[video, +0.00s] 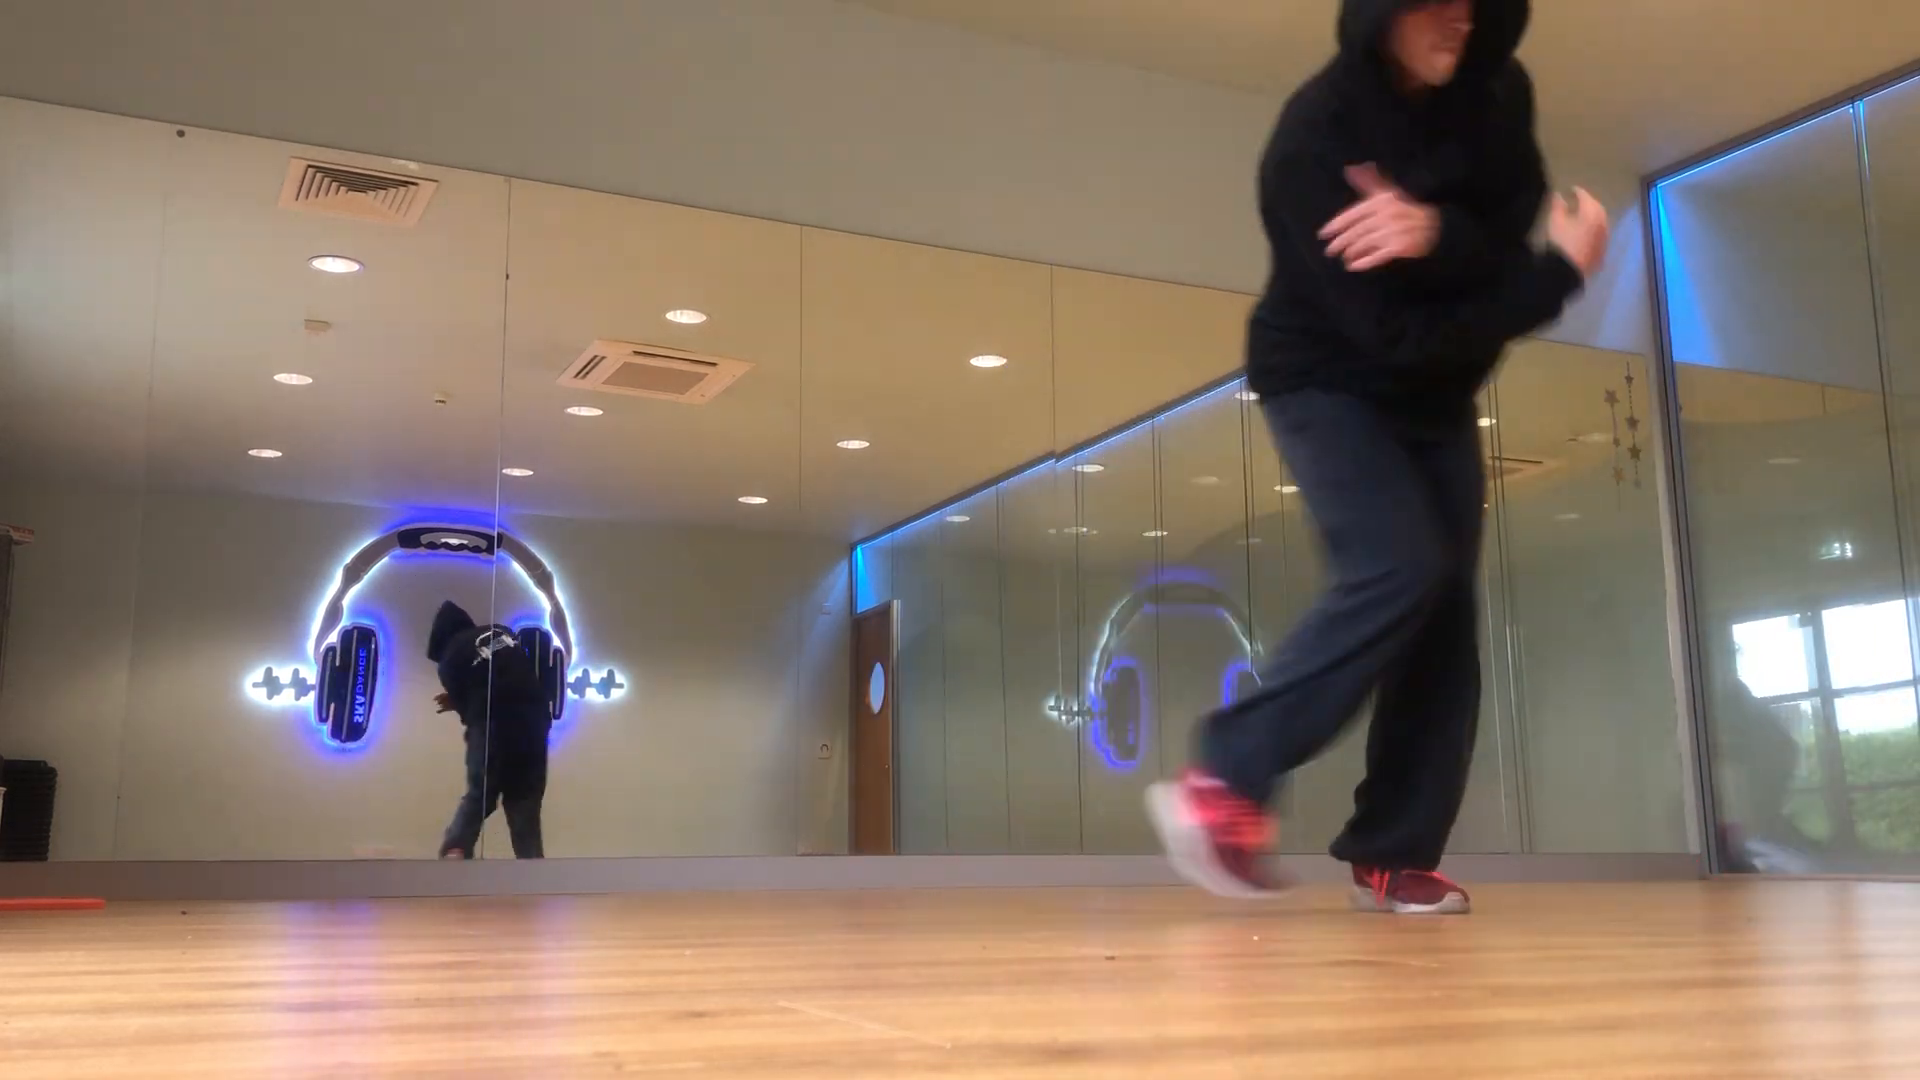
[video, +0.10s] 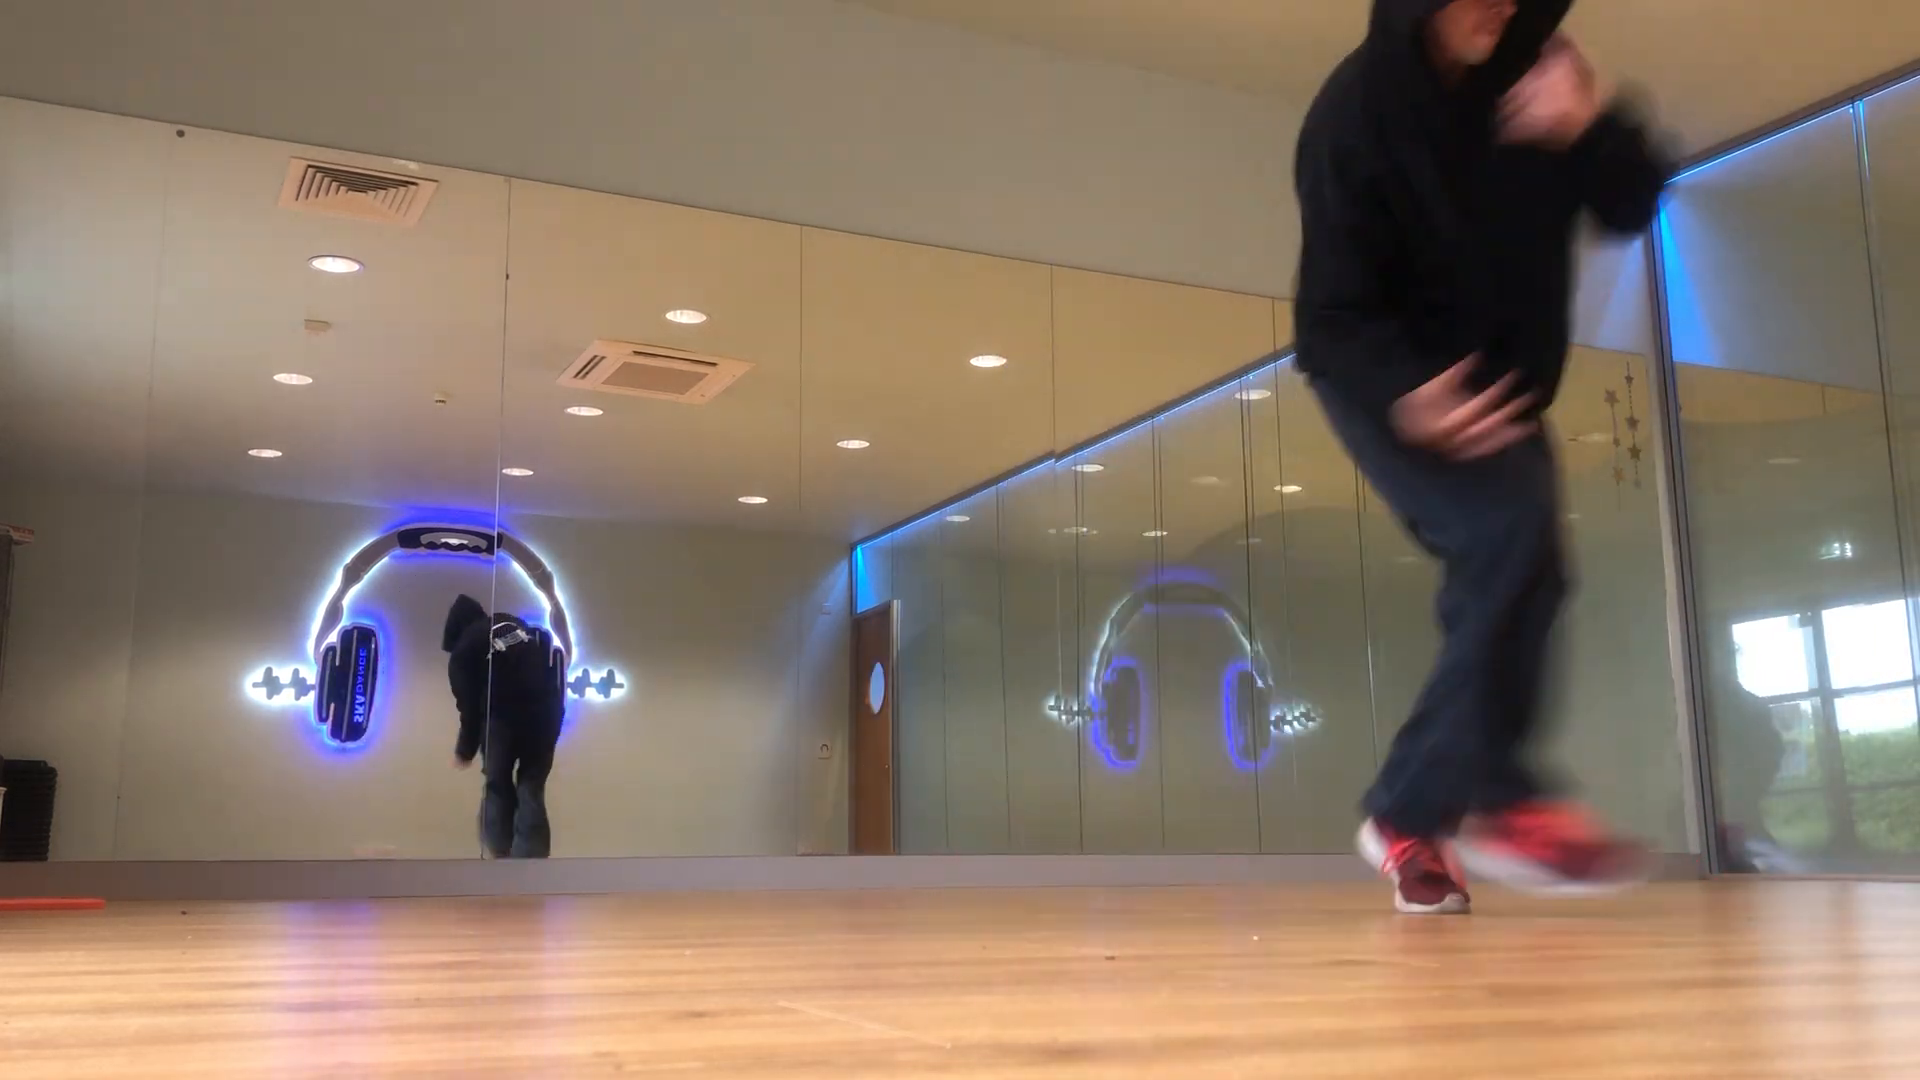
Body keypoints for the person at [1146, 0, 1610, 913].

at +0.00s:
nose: (1453, 27)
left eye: (1467, 12)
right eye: (1432, 10)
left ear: (1484, 19)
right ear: (1378, 16)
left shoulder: (1495, 92)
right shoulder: (1319, 132)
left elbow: (1518, 234)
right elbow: (1397, 328)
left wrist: (1435, 228)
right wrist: (1555, 269)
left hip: (1433, 385)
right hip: (1320, 380)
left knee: (1444, 606)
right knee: (1396, 572)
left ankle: (1392, 852)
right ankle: (1227, 775)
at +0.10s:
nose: (1491, 15)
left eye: (1505, 4)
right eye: (1472, 5)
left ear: (1522, 8)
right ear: (1427, 5)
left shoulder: (1543, 66)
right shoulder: (1361, 104)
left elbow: (1631, 204)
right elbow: (1333, 309)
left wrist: (1591, 129)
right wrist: (1401, 396)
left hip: (1502, 371)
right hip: (1385, 372)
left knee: (1523, 576)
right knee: (1500, 535)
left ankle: (1407, 815)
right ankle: (1494, 795)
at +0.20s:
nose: (1528, 5)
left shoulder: (1589, 47)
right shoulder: (1399, 91)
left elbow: (1718, 76)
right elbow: (1292, 253)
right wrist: (1273, 421)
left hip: (1566, 373)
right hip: (1454, 384)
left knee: (1619, 592)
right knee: (1644, 564)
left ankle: (1456, 798)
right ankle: (1798, 817)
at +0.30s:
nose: (1573, 16)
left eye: (1584, 3)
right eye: (1555, 0)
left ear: (1599, 11)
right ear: (1504, 4)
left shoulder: (1614, 89)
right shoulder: (1444, 124)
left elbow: (1739, 106)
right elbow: (1320, 284)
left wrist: (1799, 13)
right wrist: (1340, 427)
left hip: (1624, 413)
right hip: (1529, 424)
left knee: (1693, 662)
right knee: (1758, 569)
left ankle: (1469, 797)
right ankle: (1863, 833)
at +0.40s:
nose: (1596, 9)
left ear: (1621, 7)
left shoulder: (1599, 94)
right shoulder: (1441, 102)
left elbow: (1652, 216)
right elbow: (1395, 288)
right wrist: (1421, 462)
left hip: (1584, 417)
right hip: (1500, 420)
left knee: (1611, 645)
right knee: (1721, 588)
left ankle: (1423, 804)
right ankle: (1849, 832)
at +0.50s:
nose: (1639, 13)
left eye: (1651, 6)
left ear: (1647, 17)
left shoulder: (1557, 88)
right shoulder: (1490, 79)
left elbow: (1544, 275)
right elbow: (1493, 265)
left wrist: (1567, 425)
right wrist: (1558, 426)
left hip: (1459, 387)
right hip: (1415, 386)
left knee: (1524, 621)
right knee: (1624, 537)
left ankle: (1382, 827)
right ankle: (1687, 825)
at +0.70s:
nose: (1629, 24)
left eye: (1635, 17)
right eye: (1634, 14)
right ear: (1611, 2)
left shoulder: (1463, 21)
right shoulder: (1539, 33)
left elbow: (1426, 183)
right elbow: (1629, 216)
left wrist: (1510, 299)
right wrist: (1599, 298)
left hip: (1313, 303)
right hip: (1354, 301)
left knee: (1410, 585)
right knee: (1518, 480)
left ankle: (1364, 845)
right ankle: (1230, 578)